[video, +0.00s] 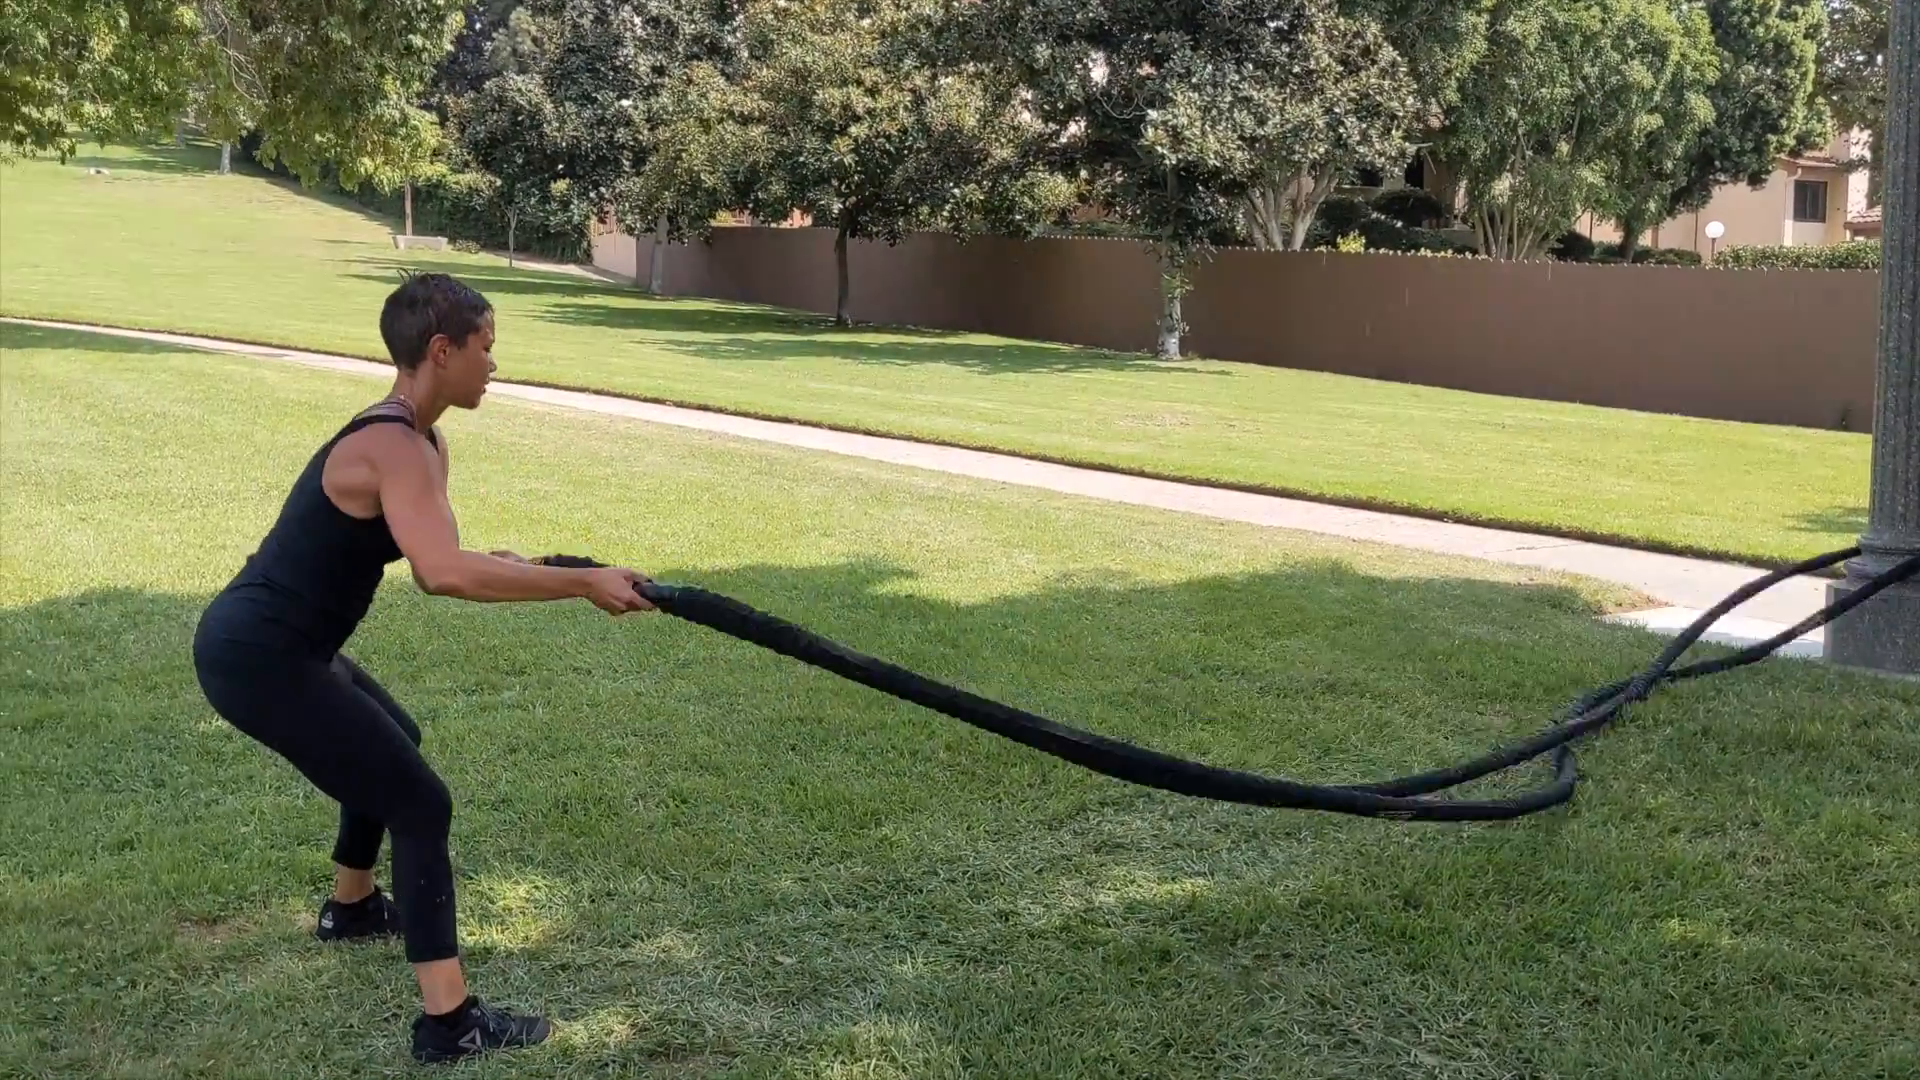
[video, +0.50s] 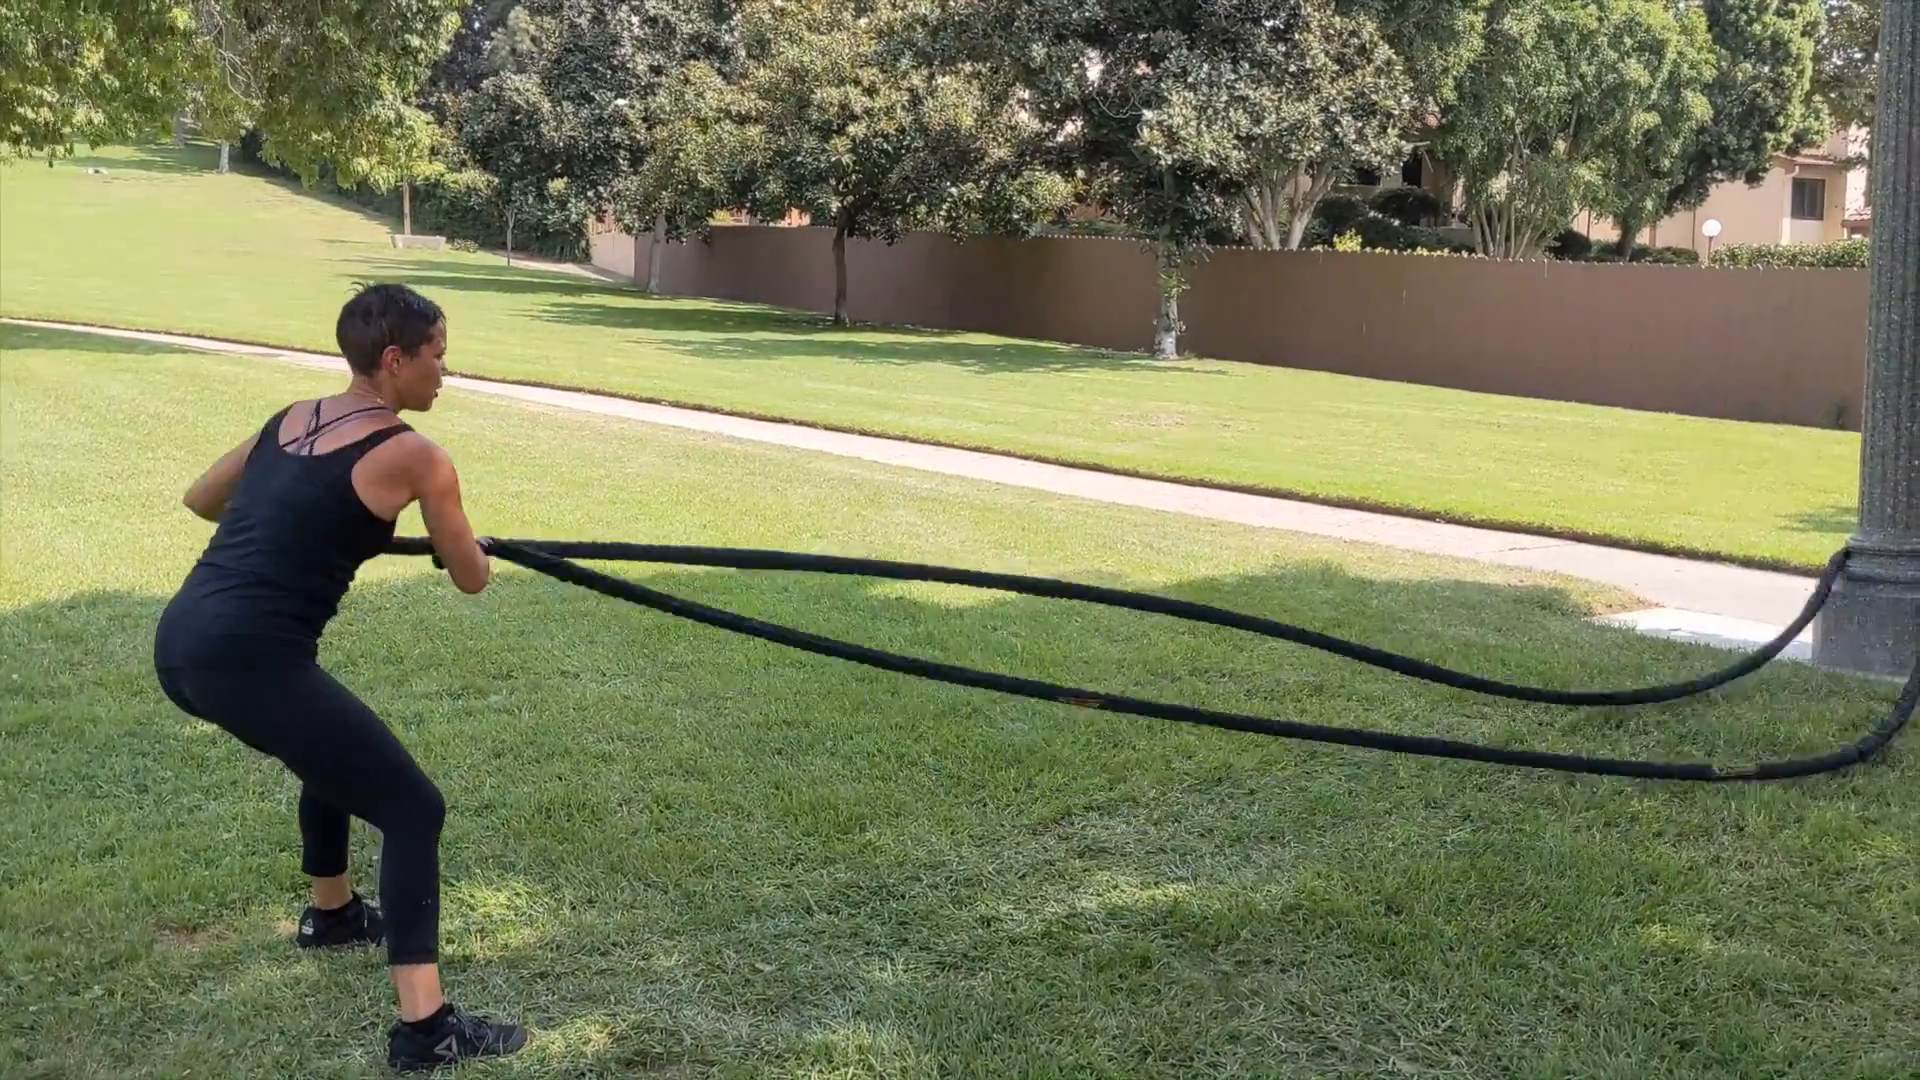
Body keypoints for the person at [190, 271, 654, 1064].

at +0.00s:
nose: (493, 364)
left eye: (492, 347)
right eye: (485, 347)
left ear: (435, 351)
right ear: (439, 350)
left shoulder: (423, 443)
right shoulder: (394, 448)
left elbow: (441, 562)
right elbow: (442, 572)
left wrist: (560, 571)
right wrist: (584, 582)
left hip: (284, 642)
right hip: (257, 657)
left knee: (397, 740)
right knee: (422, 804)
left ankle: (351, 902)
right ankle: (448, 1018)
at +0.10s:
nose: (471, 355)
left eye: (470, 339)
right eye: (463, 338)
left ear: (403, 345)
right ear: (416, 343)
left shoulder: (357, 419)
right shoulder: (386, 445)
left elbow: (430, 551)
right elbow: (443, 572)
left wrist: (554, 576)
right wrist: (575, 581)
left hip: (241, 631)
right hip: (250, 652)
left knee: (383, 736)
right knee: (409, 804)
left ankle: (350, 903)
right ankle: (443, 1017)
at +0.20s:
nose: (450, 353)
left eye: (448, 337)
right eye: (441, 337)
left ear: (380, 343)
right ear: (396, 342)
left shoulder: (333, 415)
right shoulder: (377, 440)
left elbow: (409, 541)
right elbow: (452, 567)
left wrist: (510, 549)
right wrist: (563, 578)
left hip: (208, 631)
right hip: (238, 651)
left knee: (365, 733)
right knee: (393, 805)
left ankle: (345, 904)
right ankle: (437, 1017)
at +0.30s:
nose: (439, 359)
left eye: (439, 343)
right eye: (431, 343)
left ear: (371, 349)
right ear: (384, 348)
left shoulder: (311, 415)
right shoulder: (389, 448)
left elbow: (353, 525)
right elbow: (464, 574)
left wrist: (461, 535)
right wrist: (525, 579)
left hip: (190, 641)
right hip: (242, 657)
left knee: (339, 758)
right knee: (396, 806)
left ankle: (341, 906)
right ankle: (431, 1020)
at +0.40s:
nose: (439, 362)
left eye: (438, 347)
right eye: (430, 347)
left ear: (367, 352)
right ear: (387, 351)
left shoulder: (290, 414)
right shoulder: (408, 453)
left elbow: (294, 513)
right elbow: (465, 579)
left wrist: (381, 543)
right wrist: (491, 585)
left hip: (182, 644)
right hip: (251, 658)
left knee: (332, 752)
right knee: (411, 807)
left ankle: (335, 907)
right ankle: (428, 1019)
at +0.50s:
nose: (444, 367)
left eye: (443, 352)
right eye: (436, 352)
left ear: (368, 358)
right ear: (395, 357)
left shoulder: (296, 416)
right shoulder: (416, 455)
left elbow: (203, 498)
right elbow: (471, 577)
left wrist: (297, 513)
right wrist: (468, 546)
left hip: (182, 645)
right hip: (252, 659)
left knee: (329, 751)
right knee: (415, 808)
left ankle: (333, 910)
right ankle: (424, 1022)